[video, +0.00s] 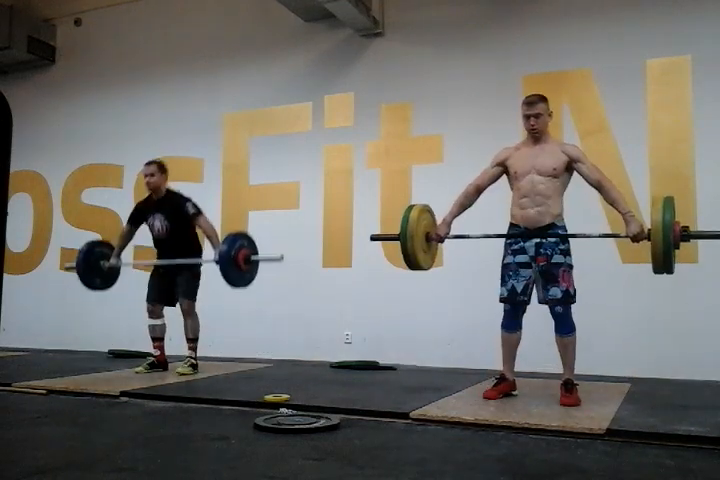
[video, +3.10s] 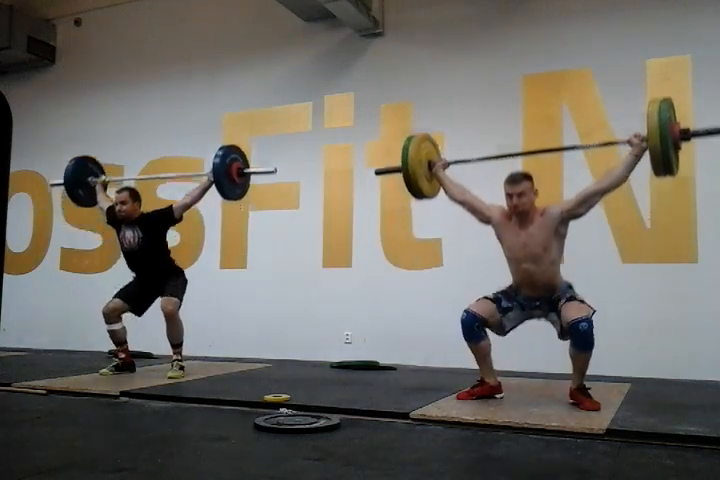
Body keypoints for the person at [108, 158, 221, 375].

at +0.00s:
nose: (148, 180)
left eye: (152, 175)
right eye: (145, 176)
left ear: (164, 176)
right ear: (144, 179)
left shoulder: (180, 201)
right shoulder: (143, 207)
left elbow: (203, 223)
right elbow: (128, 232)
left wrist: (218, 247)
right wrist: (115, 255)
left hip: (188, 263)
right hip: (164, 263)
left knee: (186, 306)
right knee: (154, 307)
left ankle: (191, 359)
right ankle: (159, 358)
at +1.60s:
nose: (169, 163)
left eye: (175, 161)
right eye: (168, 161)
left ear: (185, 170)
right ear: (164, 168)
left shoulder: (191, 193)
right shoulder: (153, 195)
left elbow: (207, 214)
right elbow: (133, 220)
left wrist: (213, 235)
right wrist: (112, 241)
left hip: (175, 256)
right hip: (150, 257)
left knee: (176, 304)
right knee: (144, 304)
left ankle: (188, 356)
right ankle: (157, 355)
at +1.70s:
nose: (176, 159)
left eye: (182, 157)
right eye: (174, 157)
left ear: (192, 165)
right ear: (172, 165)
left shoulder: (196, 183)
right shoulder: (159, 187)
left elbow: (212, 197)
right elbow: (134, 204)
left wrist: (220, 211)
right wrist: (109, 213)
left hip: (174, 243)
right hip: (149, 243)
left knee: (177, 294)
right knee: (138, 295)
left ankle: (187, 346)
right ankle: (150, 343)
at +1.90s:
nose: (156, 190)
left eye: (161, 187)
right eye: (155, 187)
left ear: (172, 190)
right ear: (153, 191)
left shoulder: (184, 209)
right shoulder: (148, 211)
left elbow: (206, 203)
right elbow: (122, 207)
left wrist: (205, 180)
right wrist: (102, 188)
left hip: (176, 276)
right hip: (152, 277)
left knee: (170, 309)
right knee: (114, 310)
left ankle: (178, 362)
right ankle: (125, 360)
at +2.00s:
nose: (139, 211)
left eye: (144, 207)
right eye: (138, 207)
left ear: (156, 208)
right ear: (136, 209)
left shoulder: (170, 225)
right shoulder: (134, 227)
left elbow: (191, 206)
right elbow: (110, 210)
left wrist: (201, 181)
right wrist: (96, 189)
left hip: (173, 289)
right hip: (148, 291)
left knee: (169, 313)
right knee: (107, 315)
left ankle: (177, 361)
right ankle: (124, 361)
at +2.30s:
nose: (115, 235)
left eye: (120, 231)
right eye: (114, 231)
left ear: (134, 233)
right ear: (112, 234)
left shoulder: (152, 248)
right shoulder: (115, 250)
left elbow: (183, 229)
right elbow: (99, 231)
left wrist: (203, 205)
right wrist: (92, 213)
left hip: (163, 305)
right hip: (138, 308)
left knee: (167, 316)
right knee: (98, 322)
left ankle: (176, 361)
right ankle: (123, 361)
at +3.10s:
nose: (119, 208)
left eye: (123, 203)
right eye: (117, 205)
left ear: (137, 204)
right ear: (115, 207)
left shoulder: (155, 220)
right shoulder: (118, 222)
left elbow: (186, 202)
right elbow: (103, 203)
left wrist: (211, 179)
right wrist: (98, 186)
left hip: (169, 276)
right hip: (144, 280)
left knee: (169, 309)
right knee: (110, 311)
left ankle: (177, 361)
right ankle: (124, 360)